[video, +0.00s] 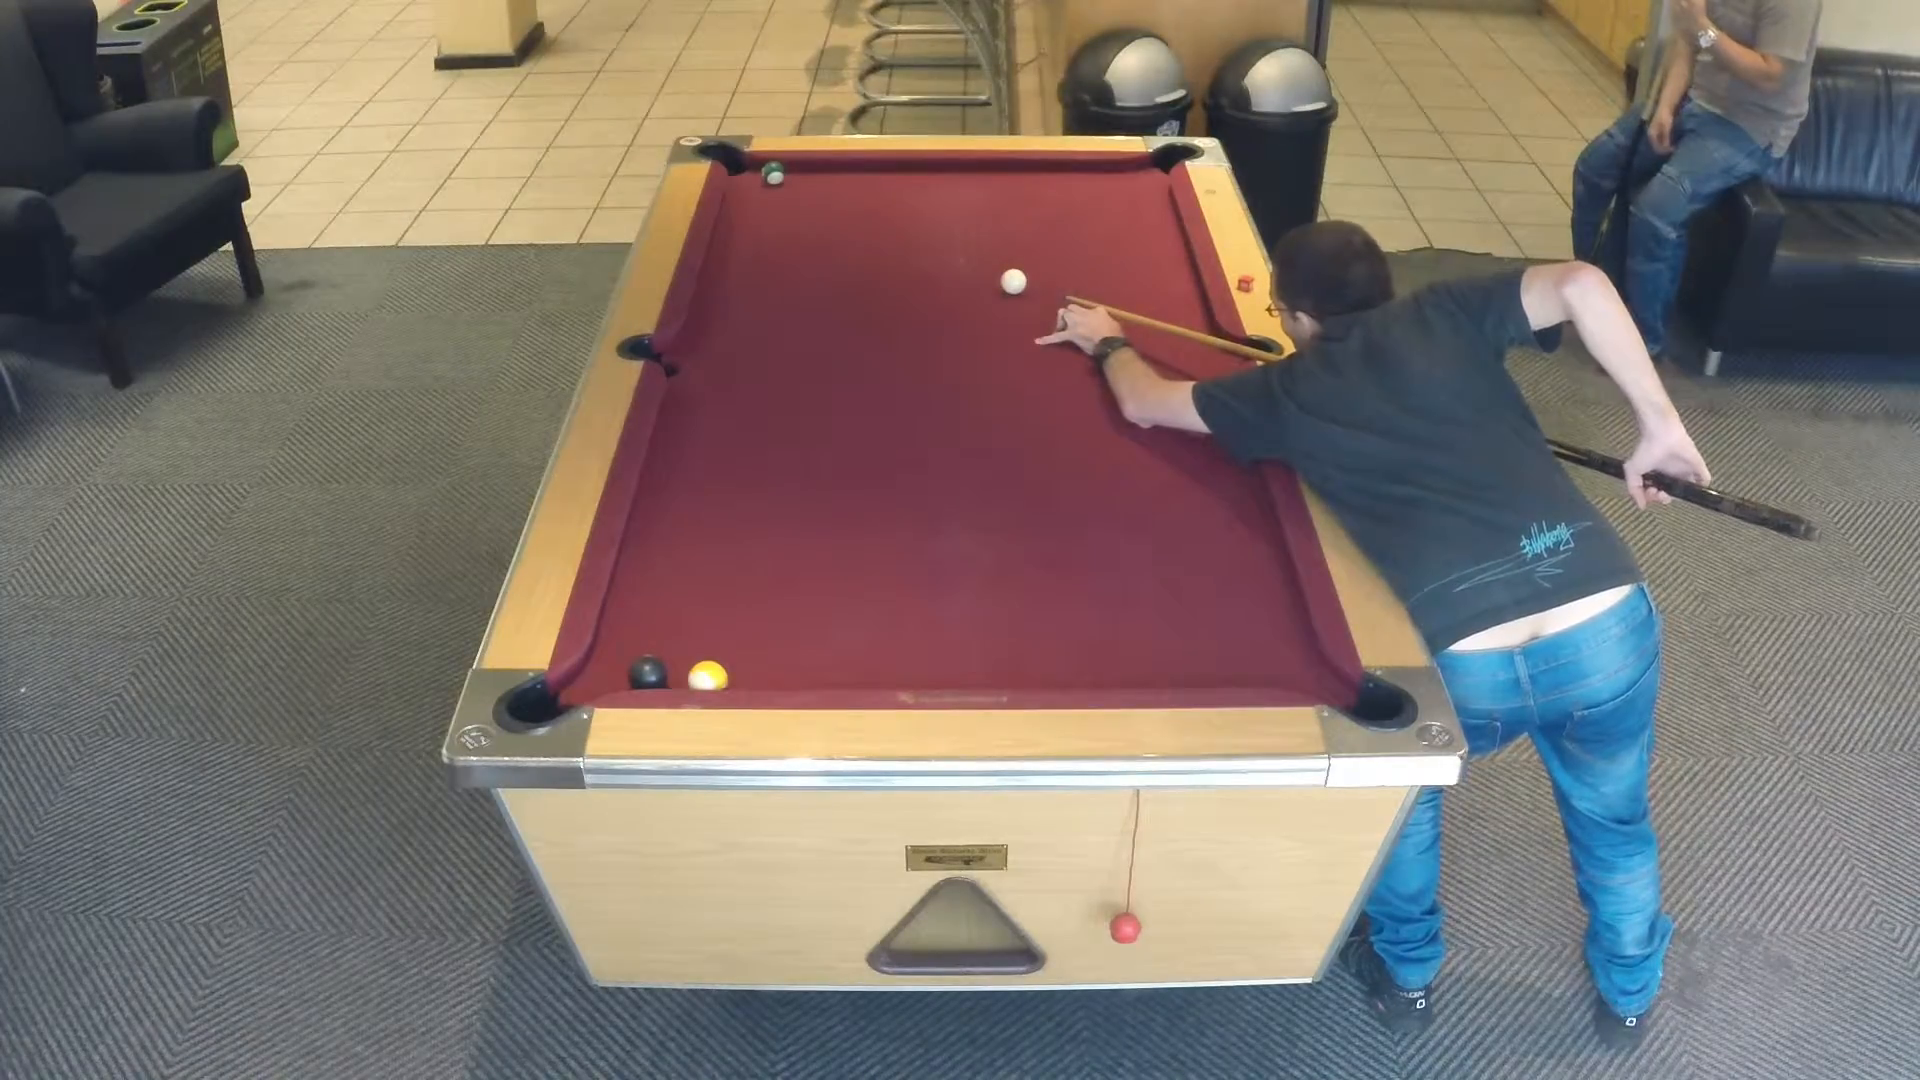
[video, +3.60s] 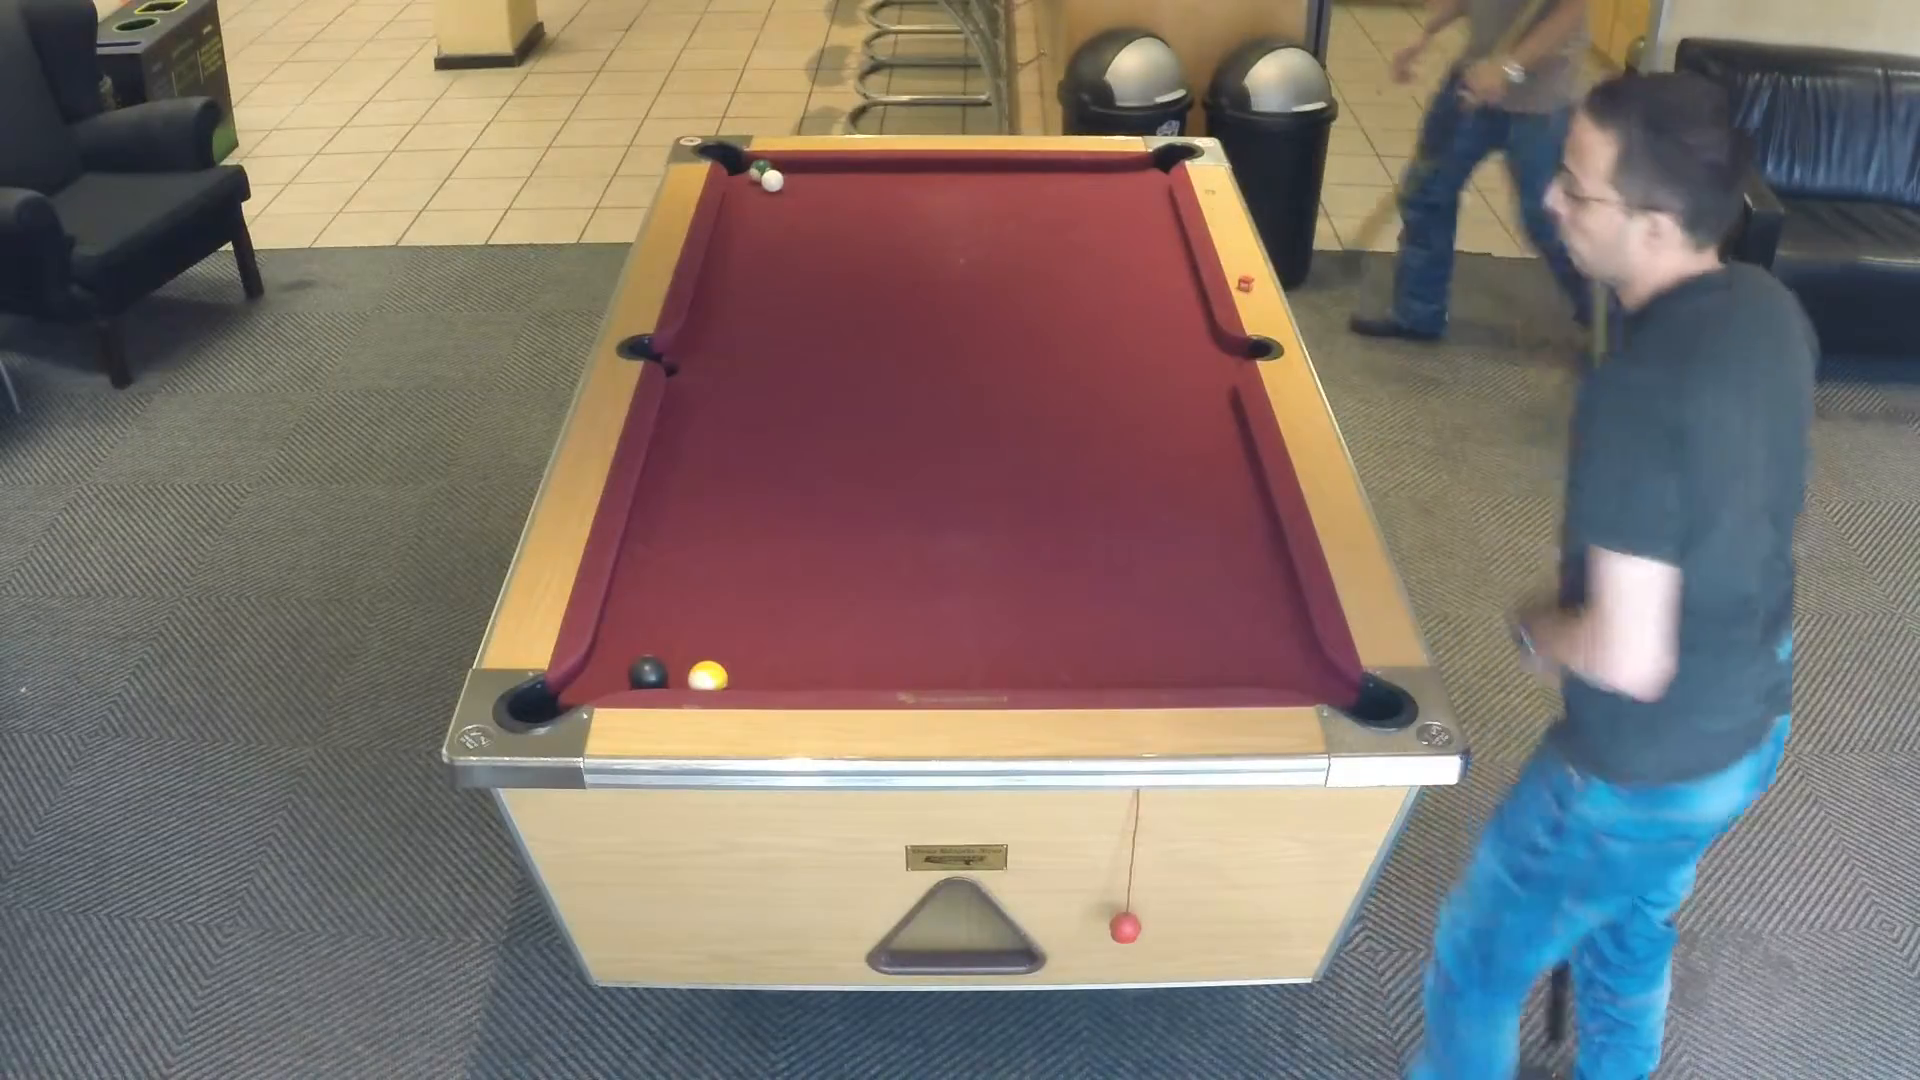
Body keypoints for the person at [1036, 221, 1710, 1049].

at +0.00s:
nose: (1278, 316)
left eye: (1280, 305)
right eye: (1280, 303)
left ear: (1302, 319)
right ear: (1385, 287)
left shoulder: (1288, 390)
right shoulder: (1451, 310)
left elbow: (1146, 402)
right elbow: (1581, 284)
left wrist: (1108, 341)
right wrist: (1661, 420)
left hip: (1464, 662)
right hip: (1605, 620)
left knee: (1402, 774)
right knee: (1617, 819)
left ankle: (1409, 967)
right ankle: (1631, 989)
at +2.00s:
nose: (1278, 313)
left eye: (1280, 302)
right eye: (1278, 301)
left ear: (1298, 316)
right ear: (1385, 290)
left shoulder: (1286, 389)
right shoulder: (1450, 313)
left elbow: (1141, 399)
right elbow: (1589, 297)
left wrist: (1105, 341)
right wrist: (1603, 428)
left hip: (1468, 661)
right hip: (1606, 623)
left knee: (1394, 763)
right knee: (1615, 819)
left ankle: (1407, 966)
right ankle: (1631, 990)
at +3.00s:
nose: (1341, 189)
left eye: (1346, 175)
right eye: (1346, 171)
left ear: (1370, 194)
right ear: (1463, 180)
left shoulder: (1343, 300)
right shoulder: (1550, 251)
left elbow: (1277, 466)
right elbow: (1702, 385)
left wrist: (1247, 378)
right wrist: (1604, 446)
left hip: (1508, 640)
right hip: (1652, 621)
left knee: (1424, 780)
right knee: (1610, 831)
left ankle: (1404, 966)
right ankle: (1605, 1019)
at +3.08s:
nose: (1370, 167)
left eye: (1376, 154)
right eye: (1374, 150)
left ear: (1398, 176)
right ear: (1494, 163)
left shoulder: (1365, 295)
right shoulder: (1584, 245)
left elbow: (1341, 493)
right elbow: (1719, 394)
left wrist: (1374, 413)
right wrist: (1611, 453)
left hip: (1519, 637)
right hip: (1662, 621)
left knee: (1436, 792)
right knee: (1606, 841)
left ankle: (1403, 973)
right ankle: (1602, 1042)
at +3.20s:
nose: (1419, 149)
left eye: (1430, 138)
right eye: (1426, 132)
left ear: (1464, 166)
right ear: (1548, 147)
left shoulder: (1420, 297)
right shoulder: (1636, 248)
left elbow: (1416, 510)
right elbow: (1743, 423)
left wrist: (1503, 473)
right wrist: (1638, 464)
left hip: (1546, 661)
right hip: (1684, 639)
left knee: (1450, 817)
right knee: (1606, 859)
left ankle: (1402, 969)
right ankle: (1613, 1060)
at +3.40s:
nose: (1504, 176)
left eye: (1521, 161)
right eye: (1510, 155)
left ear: (1582, 182)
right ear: (1638, 176)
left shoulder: (1556, 340)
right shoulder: (1737, 285)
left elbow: (1503, 578)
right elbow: (1753, 454)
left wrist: (1470, 497)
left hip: (1597, 728)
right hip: (1723, 706)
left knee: (1473, 865)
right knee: (1622, 911)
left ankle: (1404, 985)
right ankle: (1612, 1066)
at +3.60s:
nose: (1551, 202)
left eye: (1577, 192)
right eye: (1561, 180)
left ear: (1656, 227)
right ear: (1676, 227)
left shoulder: (1635, 393)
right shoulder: (1771, 312)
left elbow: (1632, 661)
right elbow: (1757, 510)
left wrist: (1539, 622)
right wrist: (1611, 589)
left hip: (1634, 773)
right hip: (1741, 724)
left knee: (1477, 967)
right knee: (1629, 946)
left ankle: (1454, 1069)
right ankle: (1615, 1068)